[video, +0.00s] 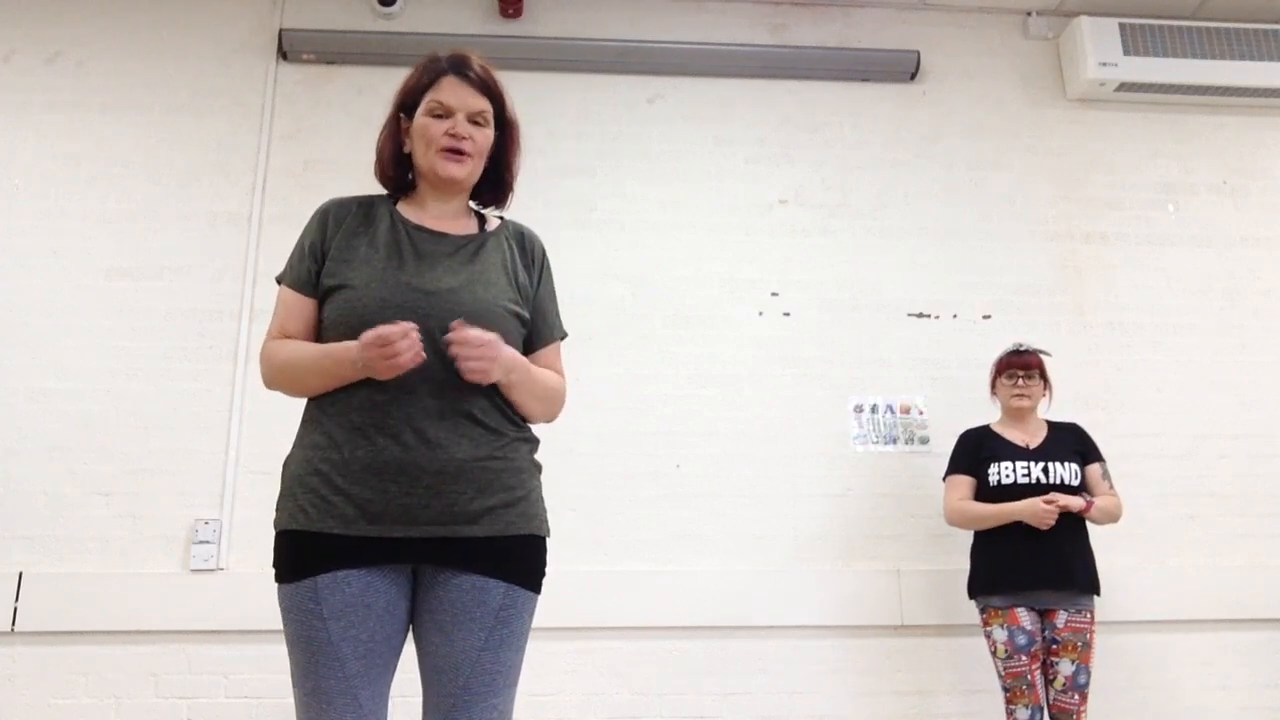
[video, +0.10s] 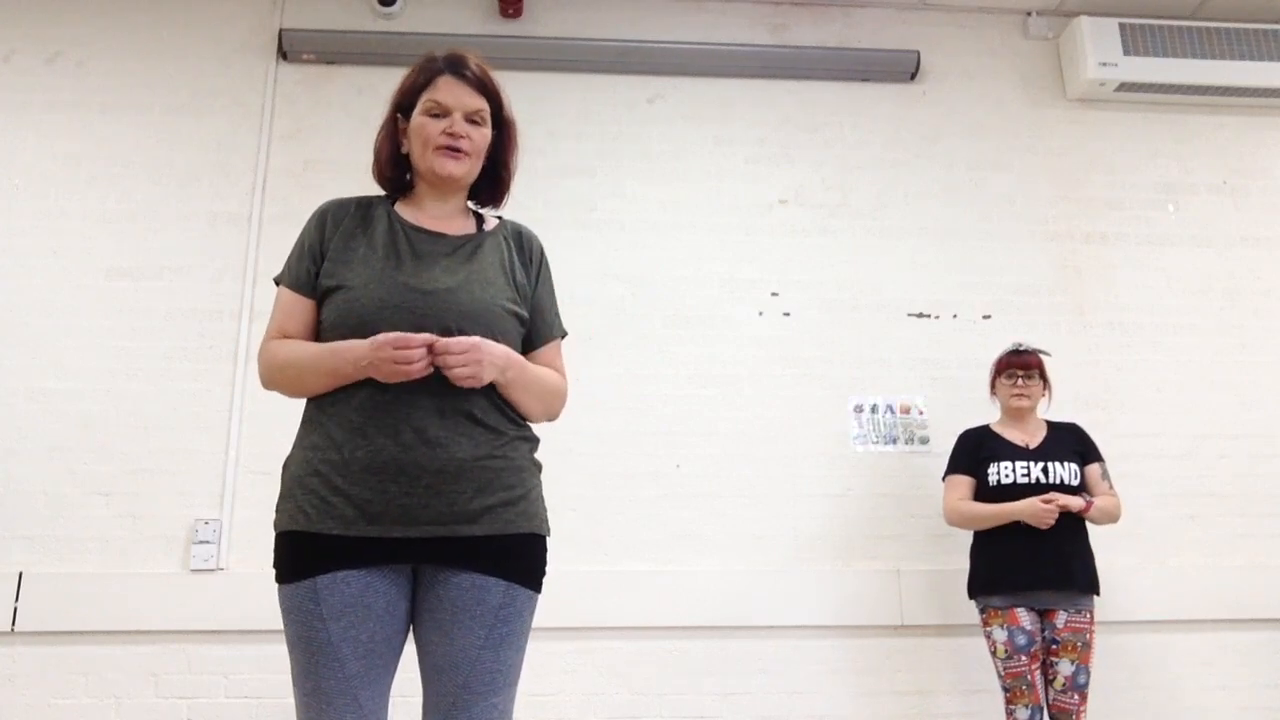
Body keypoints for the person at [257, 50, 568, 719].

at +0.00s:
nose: (458, 129)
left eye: (478, 119)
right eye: (439, 113)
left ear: (495, 141)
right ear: (406, 128)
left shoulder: (521, 249)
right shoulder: (338, 224)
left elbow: (550, 402)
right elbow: (276, 362)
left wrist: (508, 365)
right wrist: (355, 359)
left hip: (489, 524)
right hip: (339, 517)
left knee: (474, 714)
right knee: (337, 713)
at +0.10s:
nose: (456, 128)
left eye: (475, 118)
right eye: (437, 112)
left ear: (493, 141)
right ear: (403, 128)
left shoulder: (520, 249)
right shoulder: (336, 225)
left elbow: (551, 400)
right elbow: (274, 364)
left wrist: (503, 363)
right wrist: (361, 359)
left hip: (489, 523)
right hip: (337, 517)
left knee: (474, 714)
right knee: (338, 713)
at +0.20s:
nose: (453, 127)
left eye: (472, 116)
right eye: (434, 111)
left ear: (491, 140)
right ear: (401, 128)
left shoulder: (518, 247)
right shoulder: (335, 225)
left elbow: (551, 398)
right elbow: (273, 363)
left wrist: (502, 361)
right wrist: (359, 358)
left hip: (489, 523)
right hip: (337, 517)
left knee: (474, 714)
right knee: (338, 713)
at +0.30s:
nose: (450, 127)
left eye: (469, 116)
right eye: (431, 111)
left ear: (488, 140)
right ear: (398, 131)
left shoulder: (517, 248)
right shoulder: (334, 226)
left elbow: (550, 399)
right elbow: (274, 365)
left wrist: (502, 359)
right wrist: (359, 359)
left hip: (489, 519)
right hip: (337, 514)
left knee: (474, 713)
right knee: (338, 713)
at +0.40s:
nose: (447, 128)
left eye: (465, 117)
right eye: (428, 112)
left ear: (486, 139)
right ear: (395, 131)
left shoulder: (516, 248)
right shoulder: (333, 228)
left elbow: (550, 398)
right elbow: (273, 367)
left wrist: (500, 359)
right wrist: (357, 360)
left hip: (488, 521)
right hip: (335, 515)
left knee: (473, 714)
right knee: (337, 713)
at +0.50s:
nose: (446, 128)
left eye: (464, 117)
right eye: (427, 113)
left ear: (484, 138)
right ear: (395, 131)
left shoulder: (515, 248)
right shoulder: (332, 229)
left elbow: (550, 398)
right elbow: (271, 366)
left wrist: (499, 357)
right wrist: (354, 358)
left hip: (488, 520)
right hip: (334, 515)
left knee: (473, 713)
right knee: (337, 712)